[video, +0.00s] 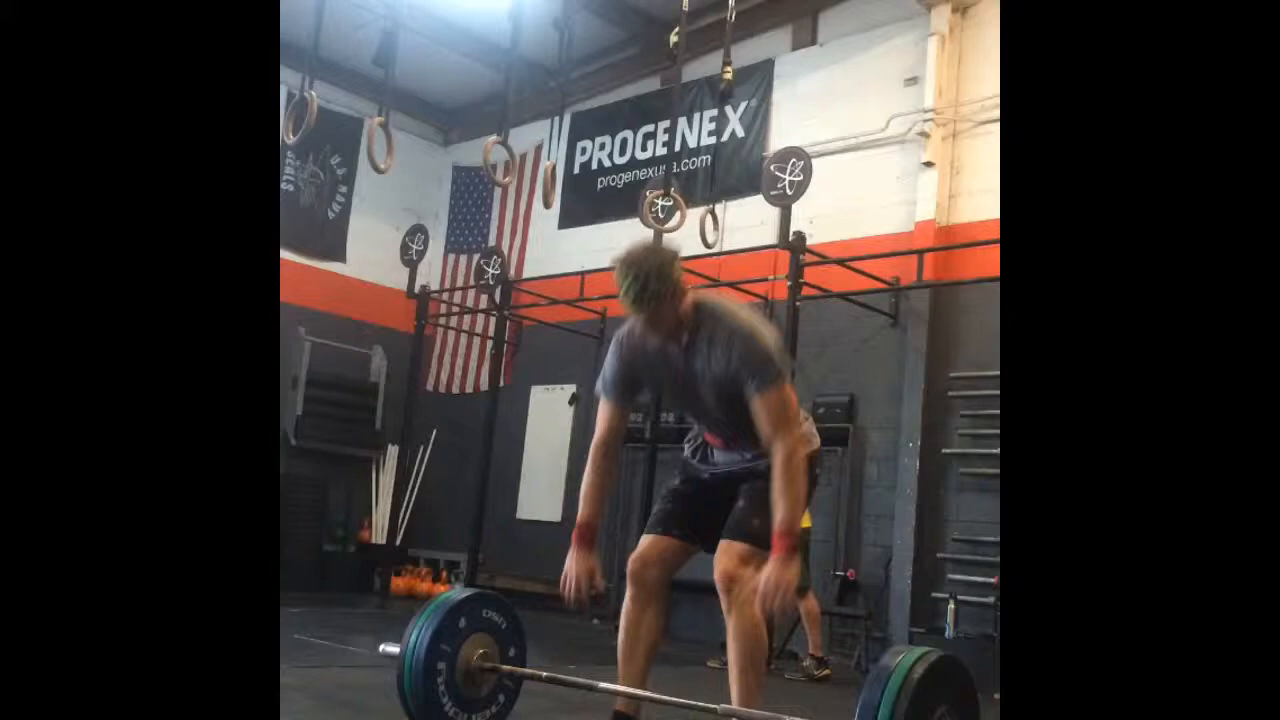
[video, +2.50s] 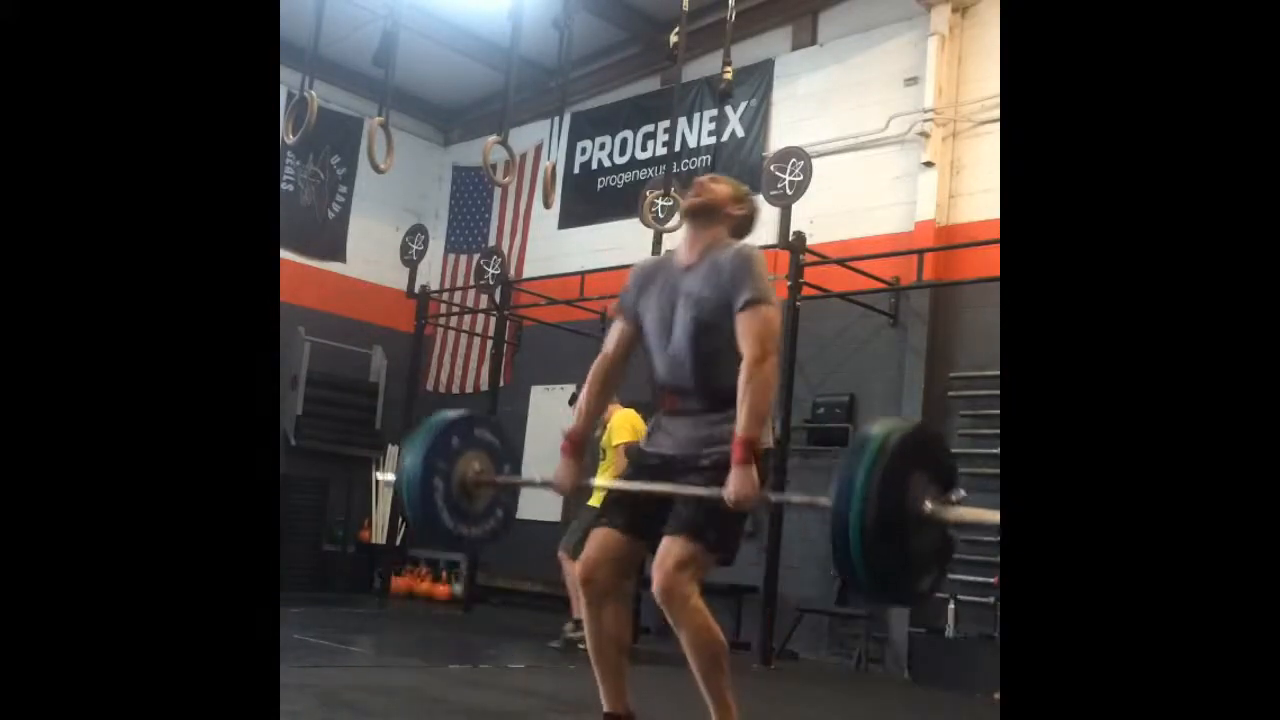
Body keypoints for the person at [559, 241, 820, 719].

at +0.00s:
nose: (654, 325)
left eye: (660, 311)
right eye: (643, 315)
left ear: (682, 291)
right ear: (630, 304)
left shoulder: (742, 336)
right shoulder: (630, 343)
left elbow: (788, 440)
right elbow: (605, 444)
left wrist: (784, 553)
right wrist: (582, 543)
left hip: (776, 458)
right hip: (709, 455)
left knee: (734, 573)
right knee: (645, 565)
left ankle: (745, 716)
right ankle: (626, 709)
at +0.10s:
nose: (646, 370)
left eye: (652, 357)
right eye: (633, 361)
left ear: (672, 333)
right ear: (617, 350)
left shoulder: (726, 368)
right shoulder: (620, 377)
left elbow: (766, 484)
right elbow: (598, 476)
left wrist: (767, 595)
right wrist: (578, 576)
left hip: (783, 461)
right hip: (710, 465)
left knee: (733, 575)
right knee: (641, 566)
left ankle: (745, 713)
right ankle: (626, 708)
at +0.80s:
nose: (602, 461)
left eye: (609, 448)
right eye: (595, 450)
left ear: (641, 426)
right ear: (587, 440)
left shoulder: (709, 456)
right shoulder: (598, 458)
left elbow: (771, 567)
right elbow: (566, 551)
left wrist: (758, 683)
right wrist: (561, 648)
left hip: (782, 474)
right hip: (709, 478)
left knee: (739, 573)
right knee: (627, 566)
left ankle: (748, 707)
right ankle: (624, 707)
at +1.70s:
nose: (611, 369)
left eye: (625, 357)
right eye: (609, 359)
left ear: (661, 372)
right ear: (603, 370)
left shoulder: (702, 448)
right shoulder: (592, 450)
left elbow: (739, 569)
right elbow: (571, 553)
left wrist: (742, 684)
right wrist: (555, 650)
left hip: (759, 553)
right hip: (677, 551)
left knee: (691, 602)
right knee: (583, 591)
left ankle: (735, 709)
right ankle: (620, 710)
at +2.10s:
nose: (614, 299)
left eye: (630, 290)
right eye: (612, 291)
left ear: (668, 305)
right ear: (607, 306)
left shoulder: (707, 379)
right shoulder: (601, 385)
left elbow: (741, 498)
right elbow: (590, 483)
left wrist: (749, 606)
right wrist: (568, 579)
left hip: (760, 472)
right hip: (687, 476)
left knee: (714, 576)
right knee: (623, 572)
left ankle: (738, 714)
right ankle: (623, 711)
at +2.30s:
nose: (621, 224)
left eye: (638, 216)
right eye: (620, 216)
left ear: (672, 232)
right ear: (614, 237)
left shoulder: (706, 303)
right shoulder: (601, 312)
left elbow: (742, 407)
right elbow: (589, 411)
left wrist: (754, 513)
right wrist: (575, 500)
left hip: (749, 438)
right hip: (680, 439)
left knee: (729, 575)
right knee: (638, 568)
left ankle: (744, 714)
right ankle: (623, 710)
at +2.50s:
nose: (700, 182)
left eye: (718, 182)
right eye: (697, 180)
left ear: (738, 210)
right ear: (685, 205)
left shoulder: (739, 261)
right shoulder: (648, 273)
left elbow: (759, 357)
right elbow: (610, 358)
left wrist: (744, 458)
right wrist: (576, 443)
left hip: (722, 446)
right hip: (660, 441)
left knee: (673, 580)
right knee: (596, 572)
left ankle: (725, 714)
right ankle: (616, 711)